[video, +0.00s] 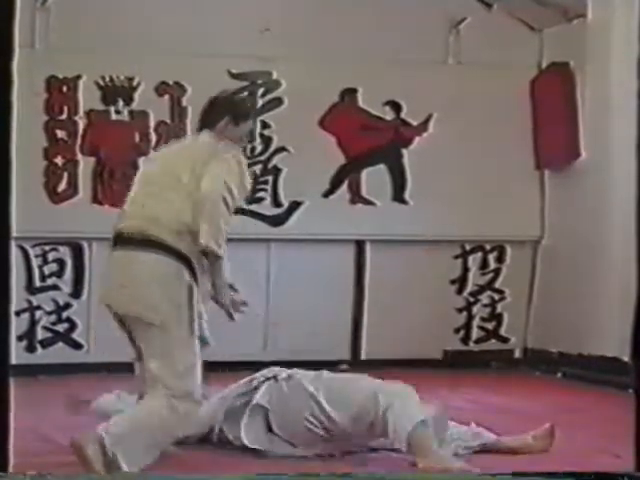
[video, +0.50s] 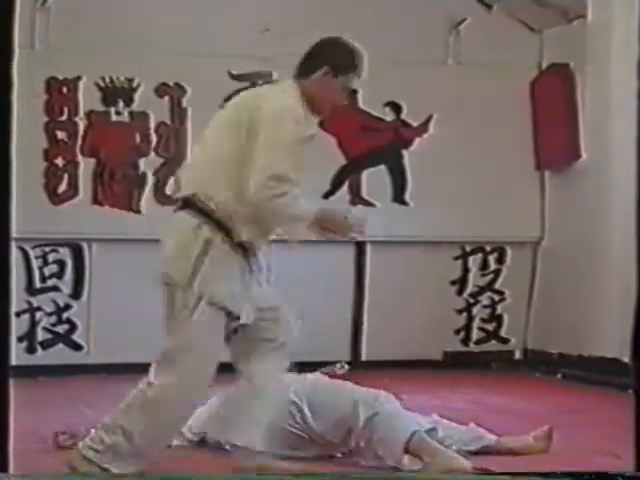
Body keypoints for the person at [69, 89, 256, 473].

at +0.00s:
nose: (248, 141)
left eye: (251, 133)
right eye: (247, 131)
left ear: (209, 122)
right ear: (229, 124)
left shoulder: (169, 153)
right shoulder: (226, 156)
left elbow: (170, 223)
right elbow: (213, 199)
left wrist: (215, 286)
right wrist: (219, 281)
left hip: (119, 270)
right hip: (160, 274)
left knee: (157, 380)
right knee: (182, 399)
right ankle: (108, 444)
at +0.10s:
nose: (268, 128)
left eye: (271, 119)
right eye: (266, 117)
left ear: (232, 109)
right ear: (244, 109)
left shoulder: (187, 136)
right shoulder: (230, 147)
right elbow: (202, 192)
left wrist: (203, 274)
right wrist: (215, 272)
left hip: (122, 248)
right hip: (156, 255)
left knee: (156, 366)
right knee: (201, 382)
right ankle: (112, 441)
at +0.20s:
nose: (288, 117)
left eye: (293, 109)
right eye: (289, 106)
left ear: (261, 92)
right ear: (265, 92)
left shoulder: (218, 116)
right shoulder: (237, 123)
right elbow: (194, 181)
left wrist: (206, 245)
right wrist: (217, 251)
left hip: (138, 238)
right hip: (160, 244)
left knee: (155, 362)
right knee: (197, 368)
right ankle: (103, 454)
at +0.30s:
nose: (301, 112)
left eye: (306, 104)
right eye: (302, 100)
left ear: (275, 87)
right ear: (279, 86)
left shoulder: (238, 117)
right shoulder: (240, 119)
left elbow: (204, 191)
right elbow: (202, 189)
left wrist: (234, 249)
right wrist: (236, 250)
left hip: (161, 244)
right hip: (167, 248)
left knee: (178, 368)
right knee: (182, 371)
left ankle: (134, 446)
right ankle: (102, 456)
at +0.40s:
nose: (321, 108)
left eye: (327, 100)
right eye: (323, 96)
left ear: (295, 79)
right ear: (302, 79)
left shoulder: (258, 112)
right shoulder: (256, 114)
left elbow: (239, 199)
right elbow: (236, 199)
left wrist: (282, 234)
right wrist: (287, 236)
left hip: (201, 250)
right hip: (185, 248)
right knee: (182, 380)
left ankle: (188, 436)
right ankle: (95, 457)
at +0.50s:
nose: (345, 103)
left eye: (350, 94)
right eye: (346, 90)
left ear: (318, 75)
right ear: (323, 74)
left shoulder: (276, 103)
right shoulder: (283, 108)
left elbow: (261, 198)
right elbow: (269, 195)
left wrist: (316, 220)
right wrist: (320, 216)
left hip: (229, 248)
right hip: (207, 244)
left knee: (273, 332)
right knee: (188, 369)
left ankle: (241, 436)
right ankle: (101, 453)